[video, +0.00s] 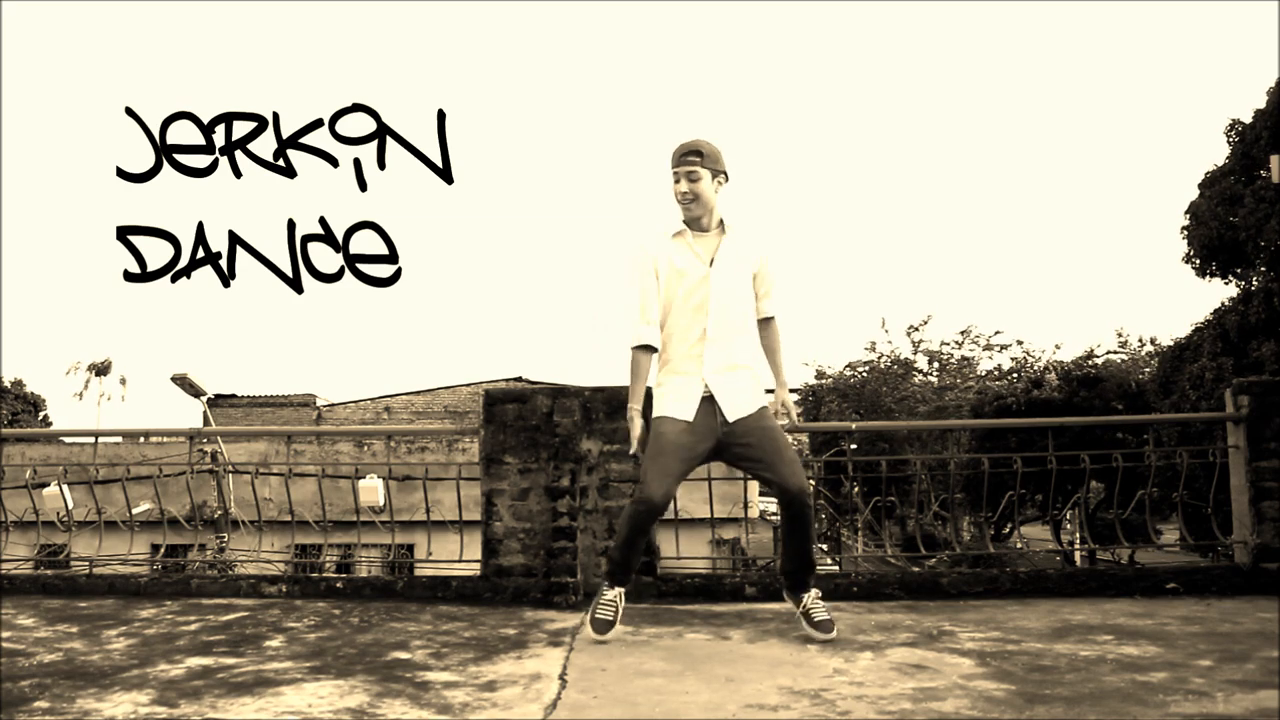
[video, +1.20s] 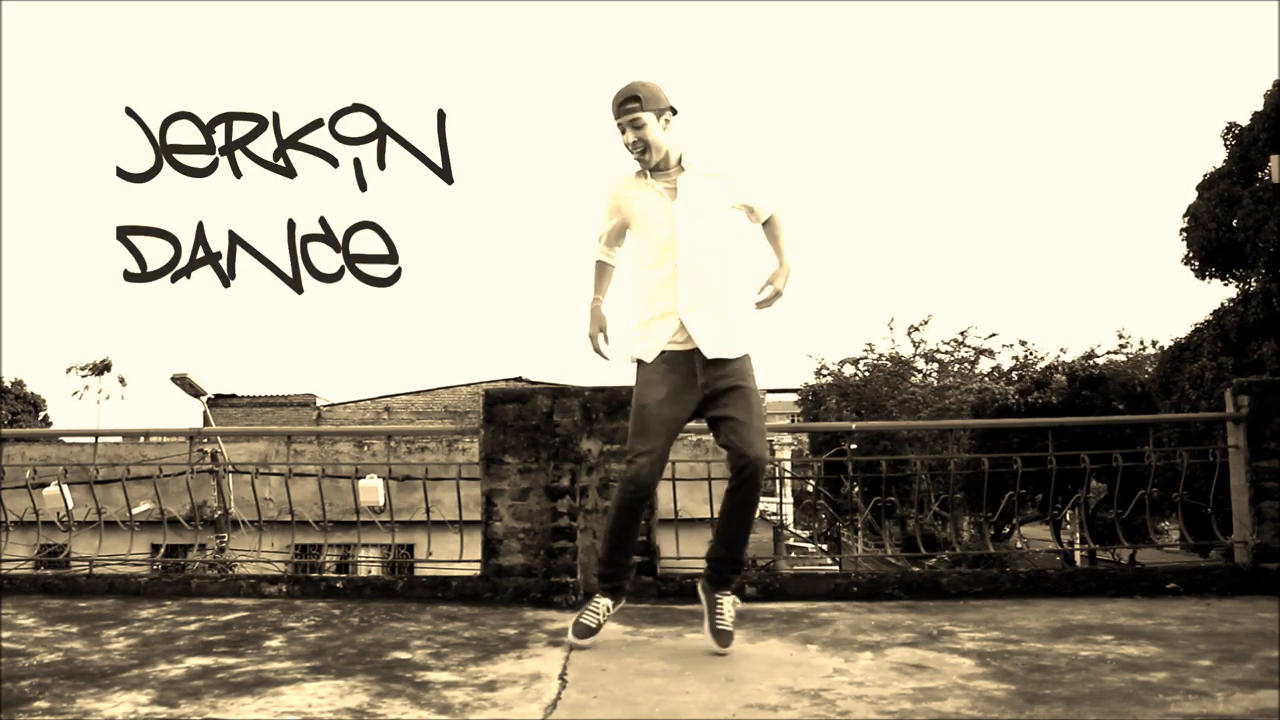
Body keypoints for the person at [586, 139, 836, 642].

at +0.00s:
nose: (683, 188)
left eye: (693, 177)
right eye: (677, 180)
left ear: (719, 182)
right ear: (672, 188)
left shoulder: (748, 250)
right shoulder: (657, 257)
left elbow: (767, 322)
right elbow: (645, 340)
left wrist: (781, 385)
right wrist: (634, 410)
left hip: (745, 396)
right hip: (679, 398)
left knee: (797, 489)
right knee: (651, 496)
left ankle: (801, 588)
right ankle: (614, 585)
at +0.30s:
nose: (691, 213)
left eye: (701, 203)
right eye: (684, 204)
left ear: (725, 206)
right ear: (677, 208)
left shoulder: (756, 273)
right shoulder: (659, 277)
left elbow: (799, 346)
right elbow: (629, 344)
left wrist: (847, 413)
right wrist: (617, 340)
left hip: (754, 424)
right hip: (685, 427)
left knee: (799, 518)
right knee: (653, 535)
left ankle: (811, 617)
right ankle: (626, 609)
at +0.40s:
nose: (718, 203)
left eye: (728, 193)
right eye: (710, 194)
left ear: (751, 197)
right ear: (703, 200)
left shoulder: (778, 271)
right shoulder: (681, 271)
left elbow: (826, 335)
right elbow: (662, 346)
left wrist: (881, 387)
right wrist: (615, 333)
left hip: (767, 411)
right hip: (701, 415)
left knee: (808, 509)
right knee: (680, 517)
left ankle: (815, 617)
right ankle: (626, 596)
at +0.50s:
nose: (743, 195)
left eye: (753, 185)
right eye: (735, 186)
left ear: (776, 190)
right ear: (728, 192)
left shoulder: (794, 262)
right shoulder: (701, 256)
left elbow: (815, 322)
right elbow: (696, 325)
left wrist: (842, 364)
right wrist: (678, 348)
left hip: (773, 391)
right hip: (716, 391)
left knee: (817, 499)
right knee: (730, 492)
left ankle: (817, 615)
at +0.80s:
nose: (719, 156)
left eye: (729, 146)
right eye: (713, 148)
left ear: (757, 149)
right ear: (708, 155)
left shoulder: (784, 224)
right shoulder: (686, 216)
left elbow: (802, 303)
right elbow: (658, 288)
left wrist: (806, 369)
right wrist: (674, 350)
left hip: (772, 384)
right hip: (705, 379)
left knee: (809, 486)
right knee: (679, 488)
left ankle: (796, 616)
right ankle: (657, 553)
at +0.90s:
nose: (696, 153)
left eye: (706, 142)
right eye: (690, 144)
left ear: (734, 142)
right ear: (686, 148)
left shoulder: (764, 211)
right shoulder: (667, 207)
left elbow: (783, 278)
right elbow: (641, 271)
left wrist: (790, 341)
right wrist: (648, 330)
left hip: (750, 376)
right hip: (682, 374)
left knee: (799, 473)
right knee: (649, 485)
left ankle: (799, 606)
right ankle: (625, 561)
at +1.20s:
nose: (632, 139)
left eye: (638, 126)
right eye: (624, 132)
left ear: (667, 120)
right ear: (622, 136)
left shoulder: (719, 181)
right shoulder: (626, 194)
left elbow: (767, 215)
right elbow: (605, 254)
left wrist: (782, 267)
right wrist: (597, 306)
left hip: (728, 351)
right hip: (662, 356)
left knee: (753, 464)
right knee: (641, 472)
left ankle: (720, 584)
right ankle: (606, 593)